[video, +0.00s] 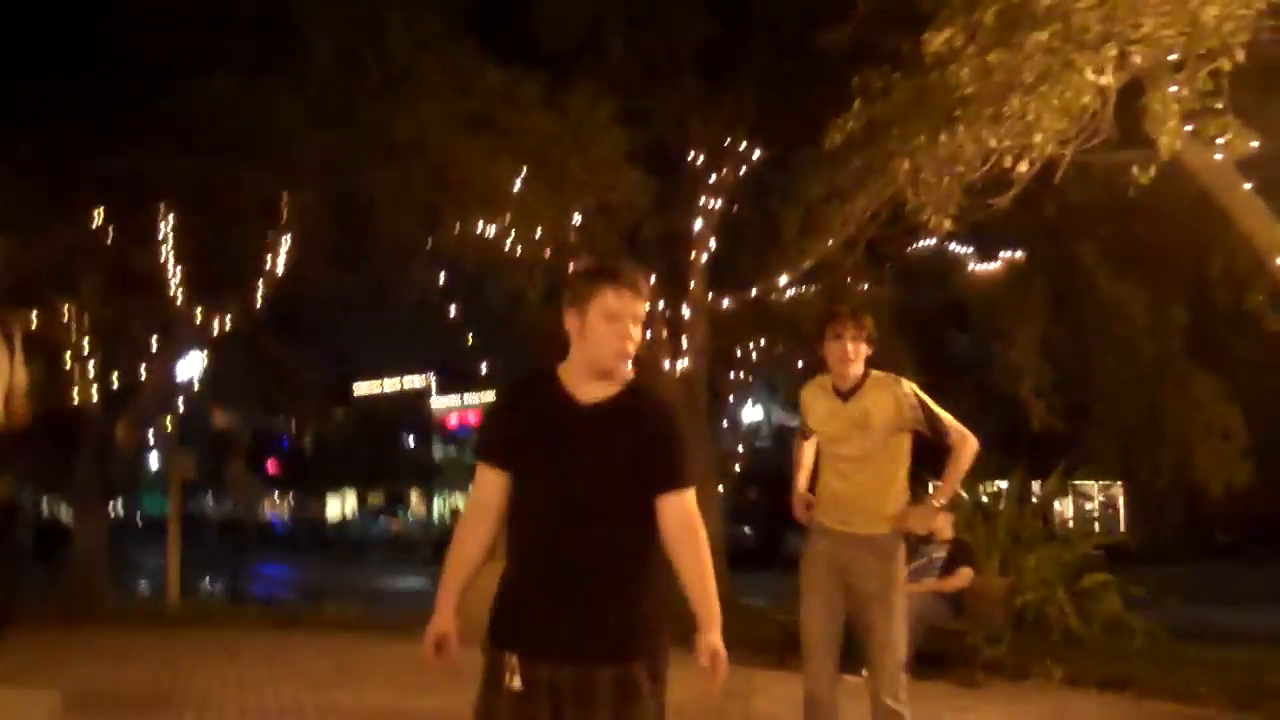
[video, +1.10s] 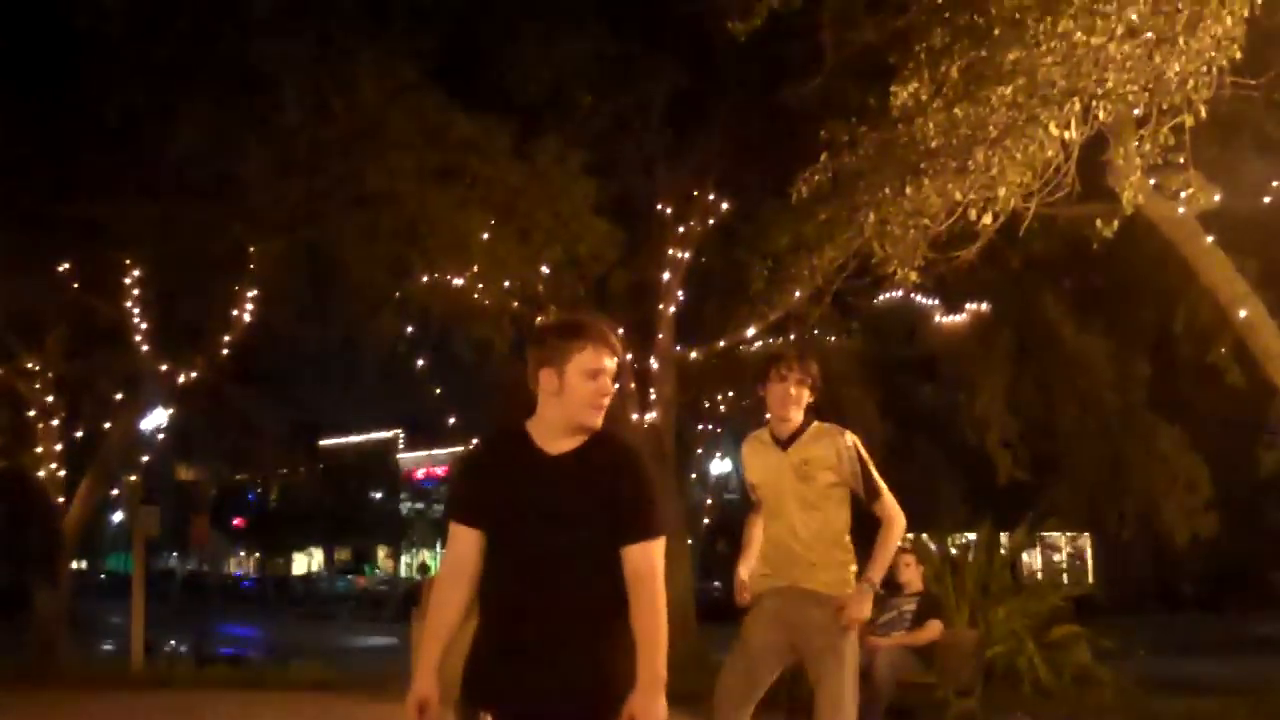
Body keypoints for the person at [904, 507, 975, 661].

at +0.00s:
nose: (934, 518)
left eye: (940, 513)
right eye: (934, 513)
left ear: (951, 517)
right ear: (930, 516)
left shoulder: (960, 546)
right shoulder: (919, 544)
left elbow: (963, 578)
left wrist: (925, 586)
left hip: (946, 603)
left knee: (913, 604)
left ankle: (903, 666)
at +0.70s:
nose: (931, 521)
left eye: (937, 517)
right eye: (928, 517)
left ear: (950, 522)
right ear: (924, 522)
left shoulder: (960, 550)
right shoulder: (917, 552)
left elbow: (962, 583)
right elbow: (895, 582)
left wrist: (919, 592)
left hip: (943, 606)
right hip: (910, 603)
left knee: (911, 610)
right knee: (872, 606)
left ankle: (902, 674)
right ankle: (862, 669)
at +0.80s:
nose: (927, 529)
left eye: (933, 523)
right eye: (924, 523)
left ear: (946, 526)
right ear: (919, 527)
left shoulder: (955, 557)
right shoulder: (913, 554)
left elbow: (957, 588)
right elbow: (896, 579)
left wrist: (911, 598)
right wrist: (886, 590)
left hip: (937, 613)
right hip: (903, 607)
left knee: (907, 614)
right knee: (864, 612)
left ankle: (898, 679)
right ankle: (859, 674)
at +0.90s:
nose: (899, 537)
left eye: (905, 531)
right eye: (897, 532)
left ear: (918, 535)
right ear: (891, 536)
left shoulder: (928, 567)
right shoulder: (885, 567)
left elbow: (929, 598)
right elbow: (865, 597)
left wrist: (883, 608)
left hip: (911, 626)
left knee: (881, 622)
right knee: (841, 620)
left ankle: (872, 688)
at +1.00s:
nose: (896, 559)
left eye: (901, 552)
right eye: (893, 553)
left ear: (915, 555)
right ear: (888, 557)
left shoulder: (924, 586)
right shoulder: (879, 586)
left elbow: (924, 618)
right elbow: (860, 620)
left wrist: (877, 627)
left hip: (908, 649)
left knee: (877, 639)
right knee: (840, 637)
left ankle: (871, 706)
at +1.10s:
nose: (901, 570)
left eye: (907, 565)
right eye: (897, 566)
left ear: (920, 569)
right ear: (892, 570)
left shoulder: (930, 599)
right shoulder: (883, 599)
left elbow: (932, 631)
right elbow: (866, 628)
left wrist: (886, 641)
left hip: (914, 657)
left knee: (884, 656)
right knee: (852, 654)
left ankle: (875, 714)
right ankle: (848, 711)